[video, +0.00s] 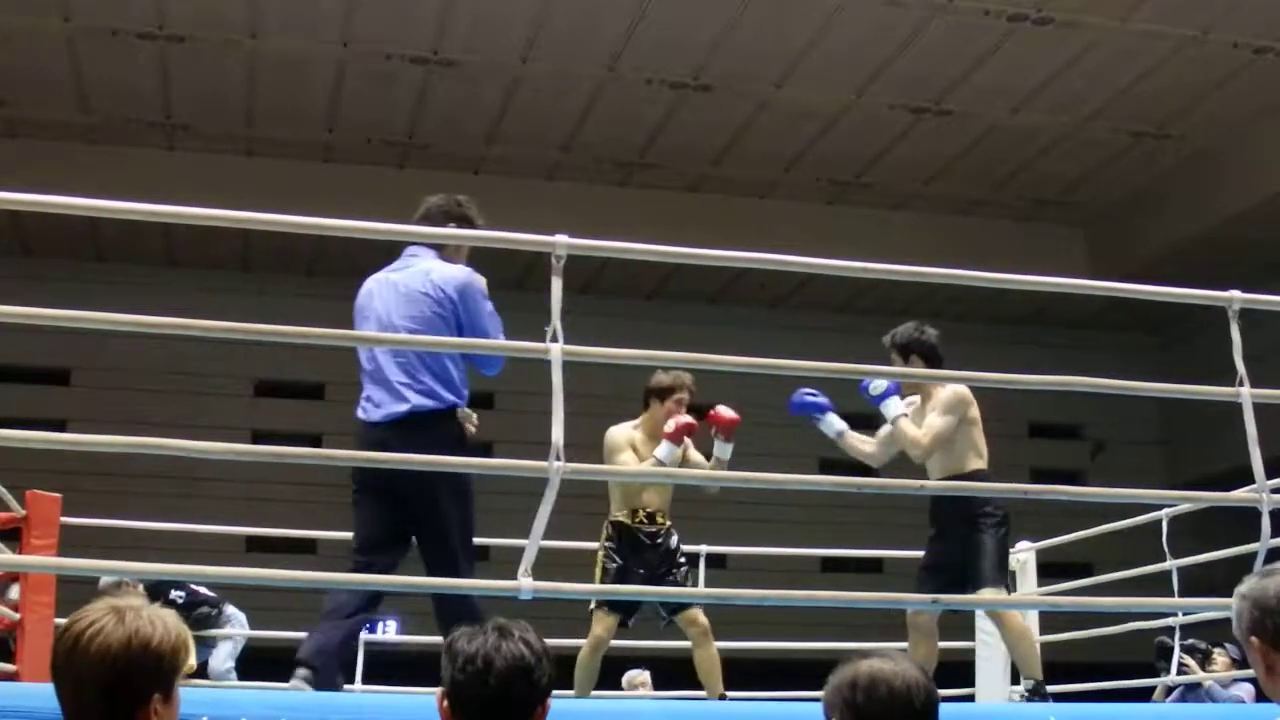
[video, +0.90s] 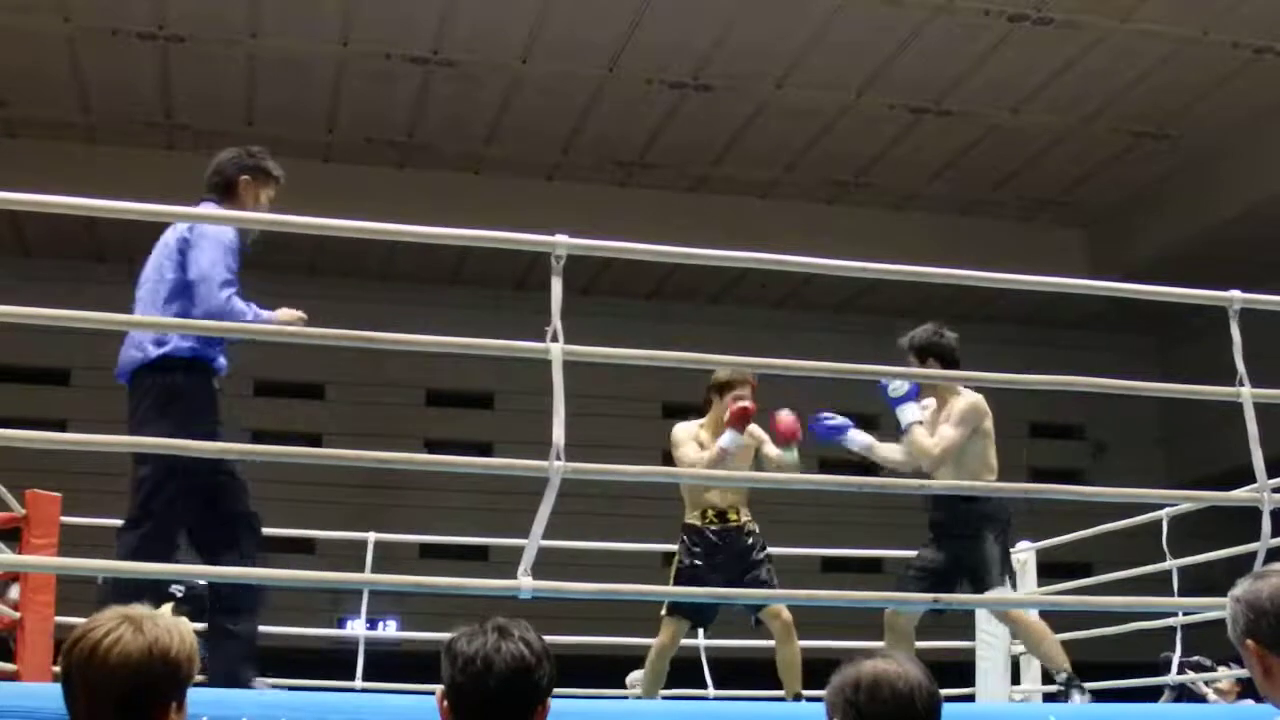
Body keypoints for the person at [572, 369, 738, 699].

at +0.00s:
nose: (681, 412)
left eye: (686, 405)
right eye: (676, 403)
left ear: (688, 409)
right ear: (654, 401)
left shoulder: (678, 442)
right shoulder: (619, 436)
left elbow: (711, 483)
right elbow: (633, 480)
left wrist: (723, 441)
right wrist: (669, 445)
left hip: (663, 541)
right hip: (623, 540)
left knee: (699, 627)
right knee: (600, 636)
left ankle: (719, 705)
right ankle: (578, 708)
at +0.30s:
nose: (691, 404)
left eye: (695, 398)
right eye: (685, 397)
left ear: (698, 400)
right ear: (664, 397)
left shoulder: (700, 436)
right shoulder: (632, 432)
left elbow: (736, 468)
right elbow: (640, 473)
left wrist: (740, 435)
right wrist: (674, 438)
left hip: (688, 543)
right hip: (643, 542)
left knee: (730, 622)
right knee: (608, 636)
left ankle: (763, 699)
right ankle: (580, 707)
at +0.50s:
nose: (722, 404)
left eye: (727, 398)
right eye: (716, 396)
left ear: (730, 400)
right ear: (693, 395)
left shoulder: (733, 432)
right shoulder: (659, 428)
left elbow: (780, 455)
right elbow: (660, 466)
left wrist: (794, 434)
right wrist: (697, 436)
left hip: (713, 535)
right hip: (668, 535)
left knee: (747, 624)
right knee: (640, 630)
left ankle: (765, 705)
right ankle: (624, 701)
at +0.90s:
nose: (742, 408)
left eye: (747, 401)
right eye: (735, 400)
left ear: (752, 402)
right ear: (715, 398)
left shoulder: (752, 432)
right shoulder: (684, 432)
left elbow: (785, 466)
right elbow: (698, 471)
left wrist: (790, 444)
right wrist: (729, 437)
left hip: (744, 535)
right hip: (699, 537)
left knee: (783, 621)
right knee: (668, 638)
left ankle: (796, 704)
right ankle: (646, 706)